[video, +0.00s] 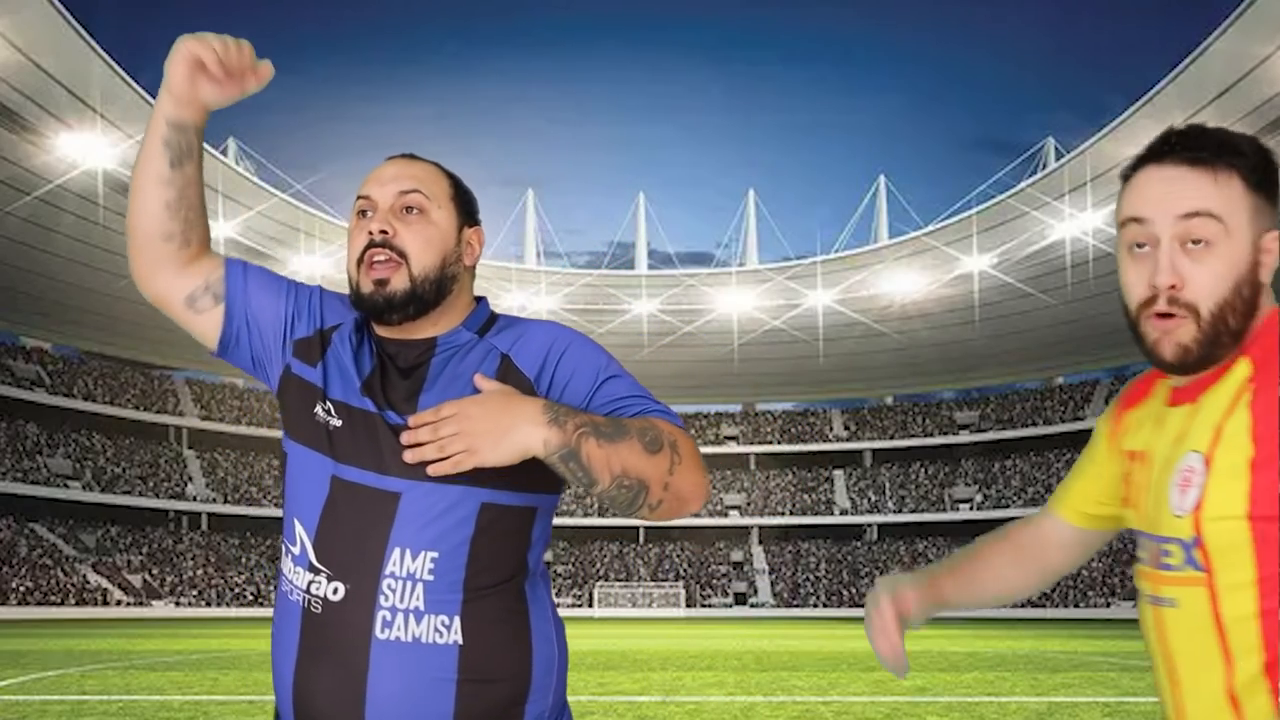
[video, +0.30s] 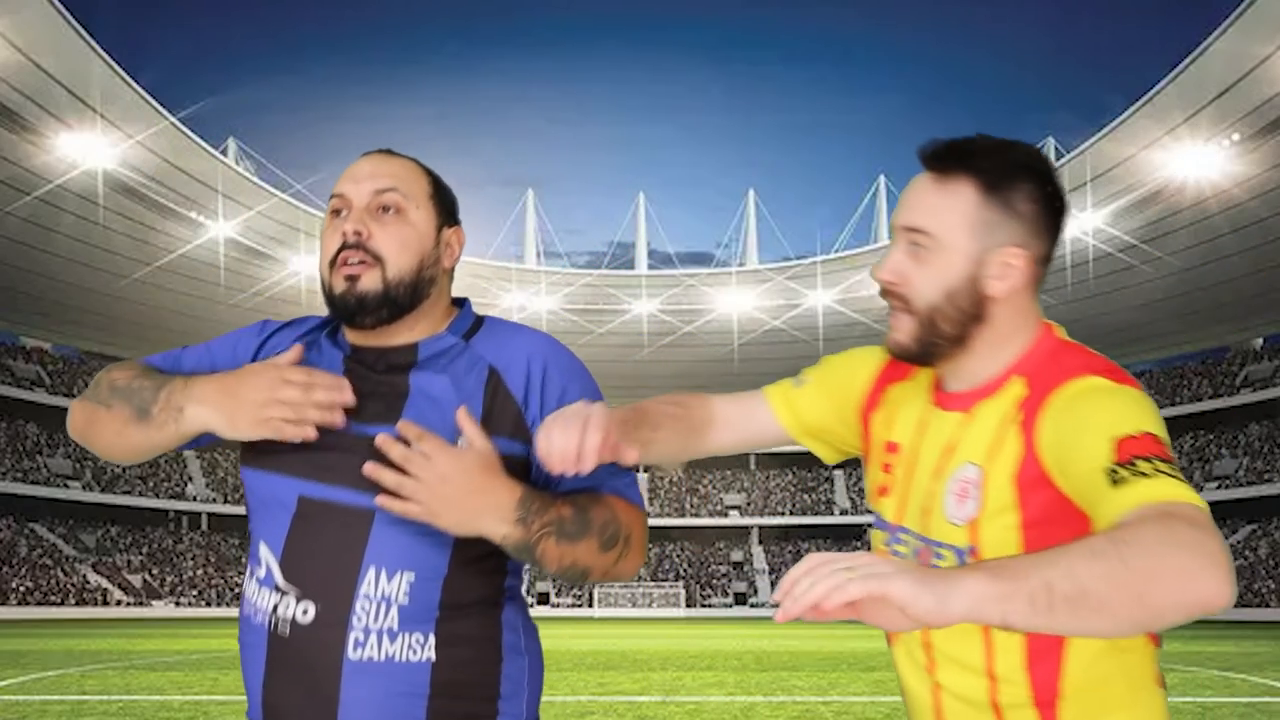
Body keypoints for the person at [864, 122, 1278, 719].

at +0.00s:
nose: (1161, 276)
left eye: (1197, 241)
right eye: (1139, 244)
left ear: (1265, 254)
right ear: (1119, 258)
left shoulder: (1272, 381)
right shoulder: (1138, 412)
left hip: (1262, 701)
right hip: (1197, 704)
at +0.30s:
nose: (882, 268)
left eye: (916, 243)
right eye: (894, 238)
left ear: (1007, 270)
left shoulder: (1086, 402)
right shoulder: (875, 380)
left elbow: (1193, 569)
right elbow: (714, 422)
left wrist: (943, 591)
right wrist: (611, 430)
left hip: (1086, 708)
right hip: (947, 706)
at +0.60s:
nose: (842, 253)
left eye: (869, 227)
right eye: (815, 227)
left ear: (903, 248)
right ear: (779, 249)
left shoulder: (945, 373)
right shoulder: (741, 364)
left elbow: (1100, 481)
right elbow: (586, 443)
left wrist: (1042, 478)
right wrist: (616, 415)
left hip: (926, 707)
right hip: (780, 705)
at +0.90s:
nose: (840, 246)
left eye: (863, 221)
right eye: (812, 220)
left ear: (888, 237)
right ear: (769, 237)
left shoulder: (944, 365)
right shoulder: (721, 341)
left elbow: (1148, 412)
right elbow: (591, 478)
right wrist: (619, 424)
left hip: (877, 705)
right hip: (720, 704)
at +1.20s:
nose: (867, 274)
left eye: (892, 246)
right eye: (839, 242)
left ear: (914, 262)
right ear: (787, 252)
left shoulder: (957, 372)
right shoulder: (700, 377)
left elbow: (1123, 280)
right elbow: (521, 430)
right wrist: (522, 434)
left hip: (899, 709)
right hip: (725, 709)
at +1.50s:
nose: (610, 278)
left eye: (646, 250)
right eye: (605, 248)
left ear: (725, 274)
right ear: (593, 257)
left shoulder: (819, 386)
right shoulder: (557, 388)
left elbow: (983, 501)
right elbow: (395, 425)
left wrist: (1105, 648)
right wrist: (374, 424)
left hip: (830, 705)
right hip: (666, 711)